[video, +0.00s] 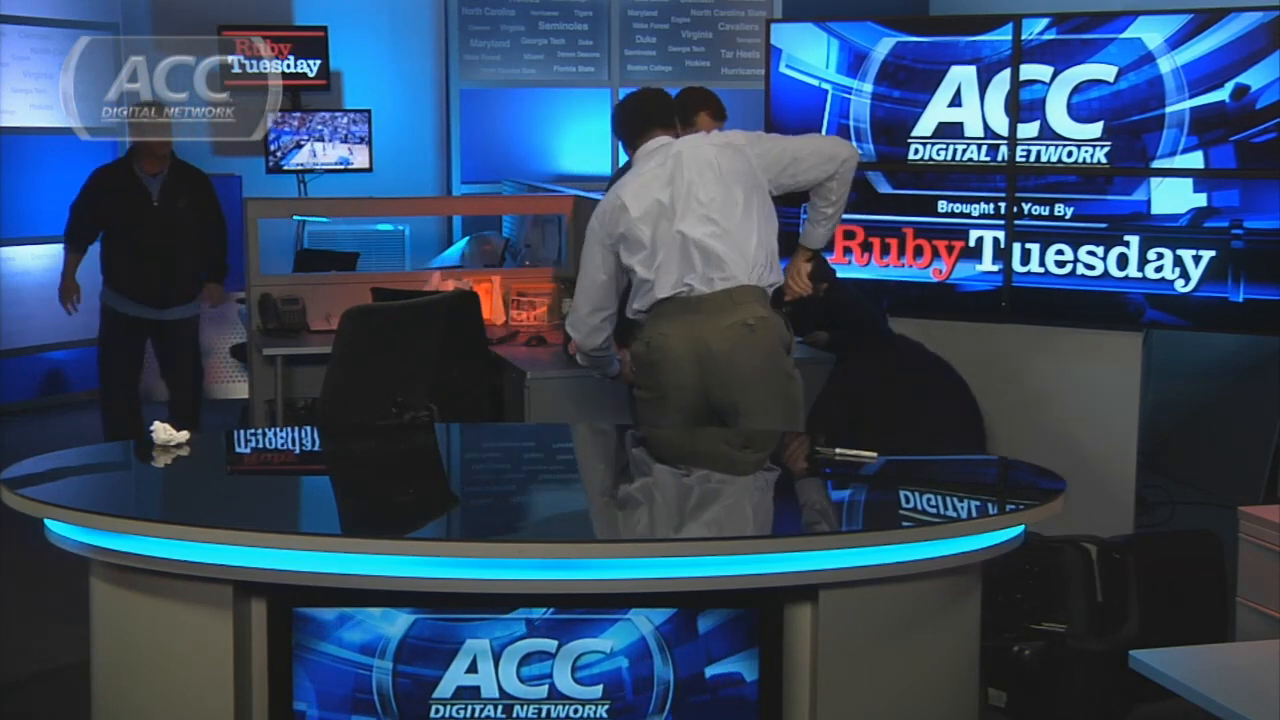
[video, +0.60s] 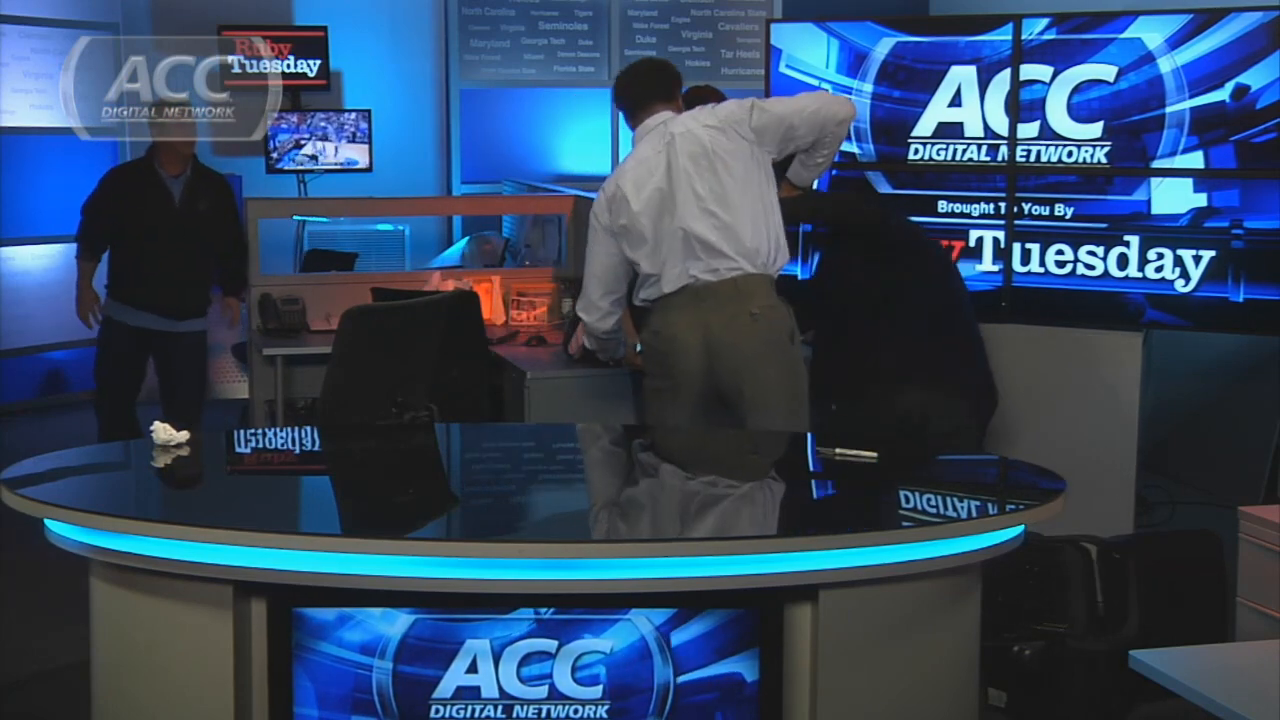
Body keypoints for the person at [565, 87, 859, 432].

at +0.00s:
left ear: (625, 143)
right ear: (677, 125)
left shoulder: (615, 203)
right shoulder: (734, 147)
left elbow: (587, 333)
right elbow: (840, 156)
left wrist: (614, 364)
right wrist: (806, 252)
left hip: (663, 337)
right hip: (748, 321)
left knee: (666, 479)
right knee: (744, 479)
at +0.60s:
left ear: (625, 114)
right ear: (680, 97)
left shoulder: (616, 191)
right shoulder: (732, 120)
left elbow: (599, 319)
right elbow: (837, 109)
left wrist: (616, 353)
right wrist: (796, 181)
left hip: (671, 325)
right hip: (753, 309)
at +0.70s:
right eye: (696, 95)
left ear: (635, 108)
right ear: (690, 95)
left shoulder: (616, 184)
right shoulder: (731, 118)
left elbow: (593, 307)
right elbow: (837, 112)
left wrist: (621, 347)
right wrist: (797, 173)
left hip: (665, 319)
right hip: (744, 306)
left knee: (677, 477)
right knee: (745, 476)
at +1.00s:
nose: (753, 104)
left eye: (753, 95)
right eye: (750, 93)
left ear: (687, 91)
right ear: (728, 85)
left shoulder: (633, 157)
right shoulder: (727, 122)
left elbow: (585, 269)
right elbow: (826, 180)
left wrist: (635, 307)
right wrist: (781, 210)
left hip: (629, 312)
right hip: (698, 307)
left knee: (642, 459)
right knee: (714, 462)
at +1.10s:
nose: (782, 119)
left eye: (784, 109)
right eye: (779, 106)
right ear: (752, 91)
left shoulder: (653, 149)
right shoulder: (741, 128)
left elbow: (594, 255)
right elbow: (820, 215)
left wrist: (638, 299)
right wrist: (783, 240)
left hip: (623, 306)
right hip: (686, 308)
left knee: (630, 452)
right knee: (730, 457)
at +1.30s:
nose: (841, 142)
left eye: (846, 131)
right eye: (841, 128)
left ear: (808, 106)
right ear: (815, 109)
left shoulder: (713, 141)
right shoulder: (778, 145)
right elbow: (835, 260)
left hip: (634, 303)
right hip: (686, 313)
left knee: (647, 469)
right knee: (748, 457)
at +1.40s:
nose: (874, 160)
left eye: (880, 150)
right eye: (875, 145)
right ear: (847, 126)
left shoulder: (742, 147)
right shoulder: (806, 160)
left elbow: (655, 230)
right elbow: (847, 285)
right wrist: (867, 272)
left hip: (643, 307)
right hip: (695, 316)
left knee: (670, 467)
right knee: (767, 455)